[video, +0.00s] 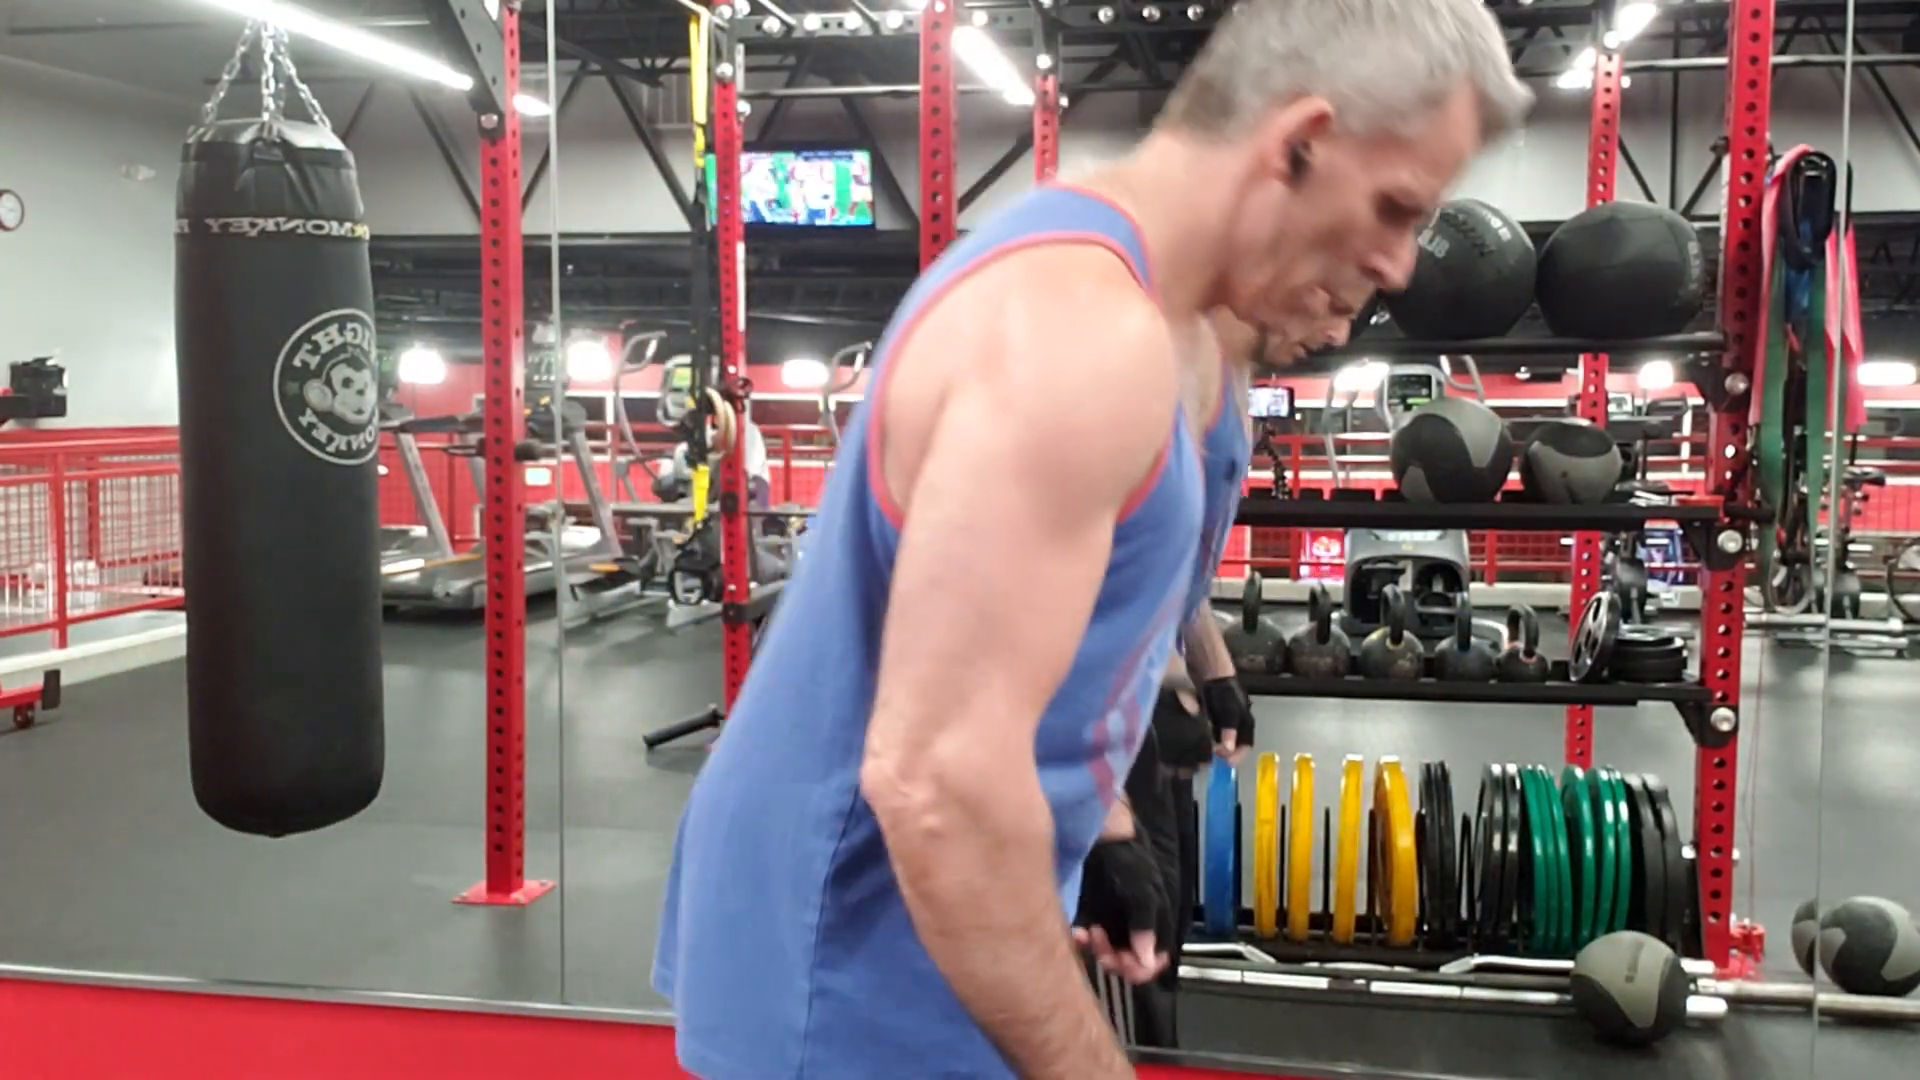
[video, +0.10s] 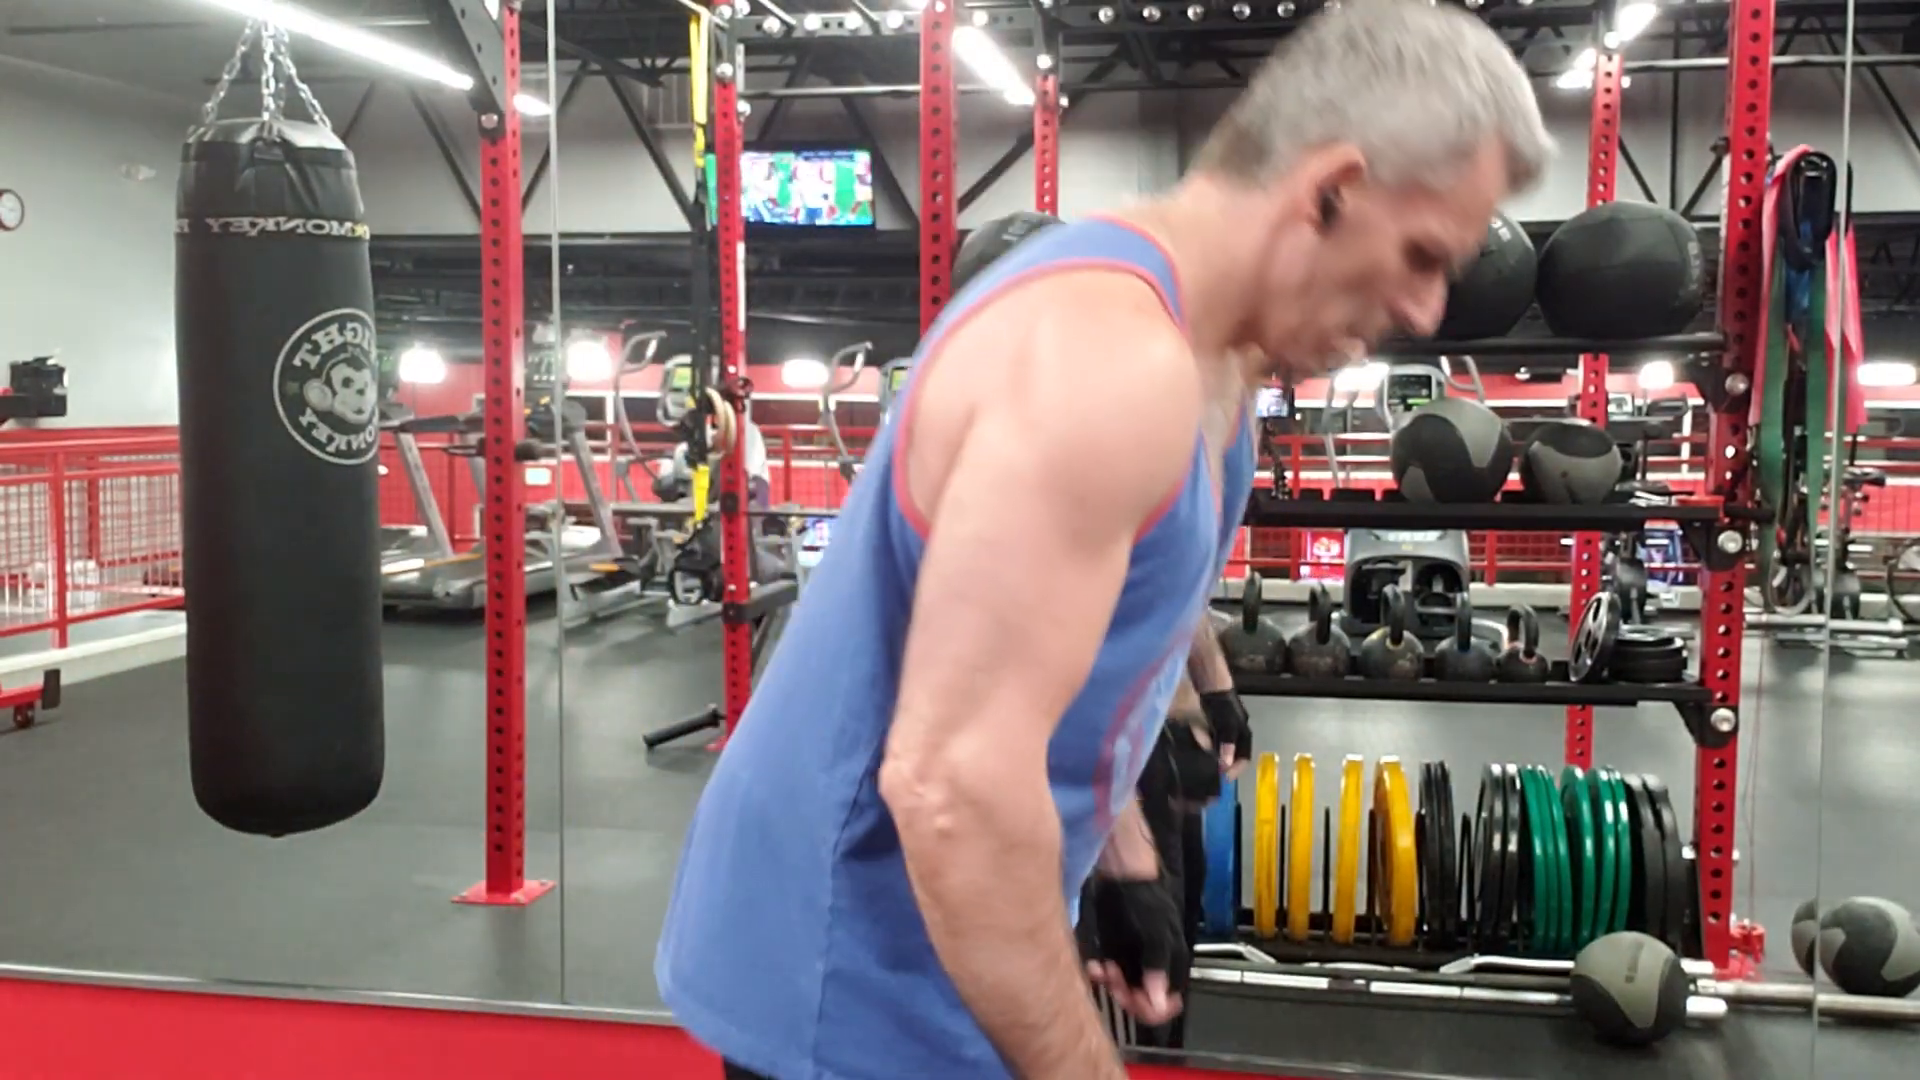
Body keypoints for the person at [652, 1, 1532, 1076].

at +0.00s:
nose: (1400, 268)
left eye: (1419, 227)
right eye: (1396, 209)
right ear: (1294, 144)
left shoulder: (1156, 319)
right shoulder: (1080, 341)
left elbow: (1057, 630)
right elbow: (936, 779)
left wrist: (1107, 835)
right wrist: (1088, 1059)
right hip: (854, 991)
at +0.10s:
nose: (1425, 314)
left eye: (1447, 275)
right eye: (1423, 259)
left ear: (1319, 197)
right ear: (1326, 192)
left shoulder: (1204, 354)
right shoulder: (1108, 362)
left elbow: (1060, 661)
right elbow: (950, 782)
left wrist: (1126, 862)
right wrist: (1079, 1060)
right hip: (858, 997)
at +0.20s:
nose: (1454, 379)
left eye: (1475, 343)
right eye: (1456, 328)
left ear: (1359, 255)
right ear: (1364, 254)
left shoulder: (1217, 379)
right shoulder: (1139, 402)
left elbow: (1099, 715)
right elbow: (972, 807)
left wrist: (1162, 929)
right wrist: (1080, 1058)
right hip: (872, 955)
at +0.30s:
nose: (1493, 478)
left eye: (1516, 444)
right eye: (1498, 428)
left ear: (1400, 351)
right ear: (1410, 354)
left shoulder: (1206, 402)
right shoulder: (1184, 467)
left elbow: (1143, 775)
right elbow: (1013, 863)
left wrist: (1207, 1010)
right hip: (859, 903)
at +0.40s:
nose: (1515, 587)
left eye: (1541, 561)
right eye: (1527, 547)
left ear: (1444, 454)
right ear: (1451, 468)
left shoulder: (1249, 473)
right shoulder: (1228, 560)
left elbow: (1187, 812)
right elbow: (1060, 939)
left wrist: (1243, 1055)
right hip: (847, 905)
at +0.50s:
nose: (1522, 719)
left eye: (1552, 699)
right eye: (1544, 686)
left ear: (1477, 576)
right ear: (1479, 597)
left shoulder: (1282, 497)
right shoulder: (1256, 677)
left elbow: (1225, 854)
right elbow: (1104, 1048)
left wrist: (1264, 1061)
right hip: (842, 933)